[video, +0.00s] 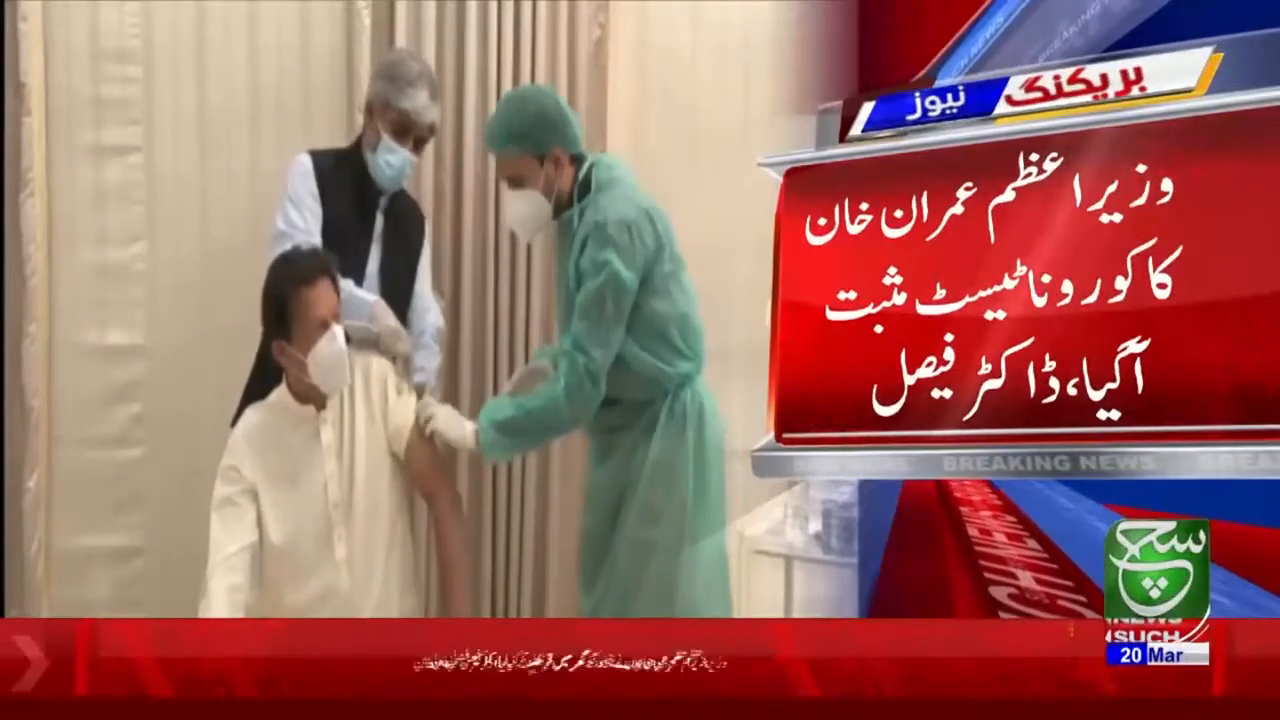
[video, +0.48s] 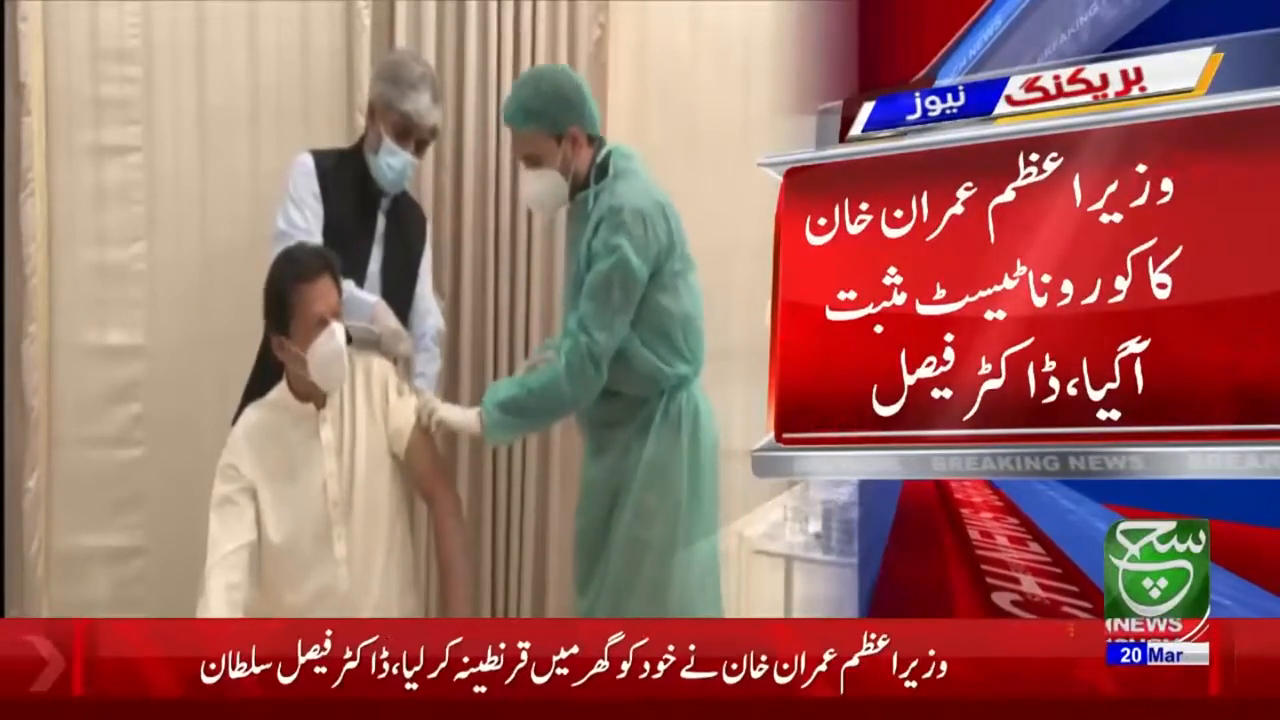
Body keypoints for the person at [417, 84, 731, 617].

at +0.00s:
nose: (511, 198)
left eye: (518, 182)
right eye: (505, 184)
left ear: (558, 163)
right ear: (557, 164)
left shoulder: (613, 221)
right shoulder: (583, 211)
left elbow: (581, 384)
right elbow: (592, 331)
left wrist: (482, 432)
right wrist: (548, 365)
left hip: (664, 430)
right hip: (625, 427)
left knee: (645, 602)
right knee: (609, 594)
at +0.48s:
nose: (528, 173)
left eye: (534, 159)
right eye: (523, 160)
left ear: (576, 141)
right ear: (572, 142)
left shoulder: (626, 209)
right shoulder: (596, 197)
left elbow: (586, 356)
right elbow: (588, 324)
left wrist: (486, 417)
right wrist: (554, 355)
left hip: (658, 429)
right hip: (622, 426)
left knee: (639, 602)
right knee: (608, 595)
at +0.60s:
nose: (495, 239)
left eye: (497, 220)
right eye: (486, 222)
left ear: (543, 183)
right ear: (543, 182)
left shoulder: (635, 220)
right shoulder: (584, 219)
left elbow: (588, 448)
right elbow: (585, 400)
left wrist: (457, 456)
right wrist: (500, 395)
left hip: (749, 456)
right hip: (677, 462)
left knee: (724, 653)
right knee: (655, 649)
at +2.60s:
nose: (496, 255)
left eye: (498, 238)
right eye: (487, 242)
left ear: (544, 199)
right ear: (544, 198)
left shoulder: (634, 233)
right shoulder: (581, 230)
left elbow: (591, 457)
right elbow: (571, 399)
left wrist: (460, 468)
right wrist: (487, 399)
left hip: (750, 468)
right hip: (678, 475)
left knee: (731, 664)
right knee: (655, 661)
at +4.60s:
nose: (495, 266)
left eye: (498, 249)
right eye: (487, 252)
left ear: (543, 209)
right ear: (544, 209)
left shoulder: (634, 247)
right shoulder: (581, 244)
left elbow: (588, 475)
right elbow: (568, 413)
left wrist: (456, 486)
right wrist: (481, 414)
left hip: (750, 477)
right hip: (677, 484)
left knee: (738, 663)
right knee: (657, 660)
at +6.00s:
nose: (500, 279)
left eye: (502, 261)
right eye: (490, 263)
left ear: (546, 220)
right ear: (547, 219)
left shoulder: (637, 261)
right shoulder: (584, 250)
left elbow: (592, 488)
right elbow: (577, 426)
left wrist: (458, 498)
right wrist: (496, 421)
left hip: (750, 492)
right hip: (678, 499)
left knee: (740, 680)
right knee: (660, 677)